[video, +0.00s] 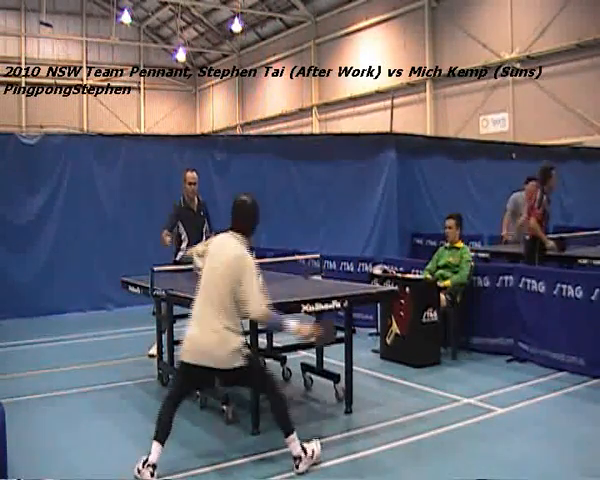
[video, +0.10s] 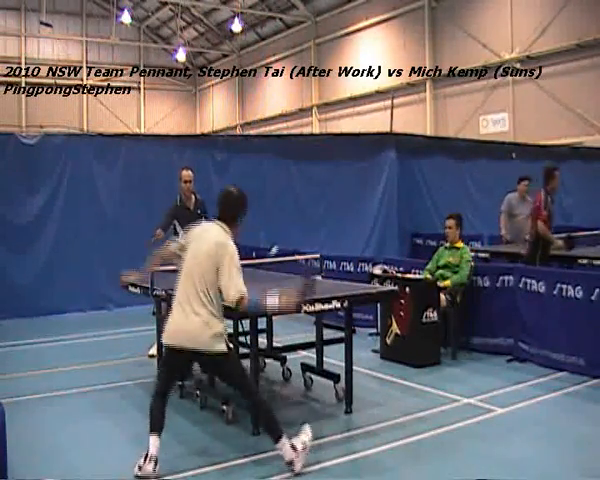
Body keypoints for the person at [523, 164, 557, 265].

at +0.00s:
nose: (555, 182)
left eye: (554, 178)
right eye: (553, 177)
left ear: (542, 177)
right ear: (549, 178)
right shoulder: (540, 194)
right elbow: (533, 222)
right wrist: (546, 241)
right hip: (534, 239)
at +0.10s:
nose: (558, 182)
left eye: (558, 178)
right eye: (556, 178)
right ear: (551, 180)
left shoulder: (549, 198)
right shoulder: (542, 197)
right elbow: (539, 225)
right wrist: (554, 240)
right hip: (538, 243)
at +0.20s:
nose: (564, 185)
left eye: (564, 181)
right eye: (562, 181)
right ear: (554, 181)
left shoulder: (554, 199)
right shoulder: (546, 198)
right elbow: (548, 227)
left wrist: (563, 238)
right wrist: (563, 238)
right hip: (543, 243)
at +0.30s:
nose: (568, 184)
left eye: (568, 181)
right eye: (565, 180)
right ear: (558, 181)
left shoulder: (558, 198)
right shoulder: (550, 198)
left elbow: (556, 226)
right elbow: (552, 228)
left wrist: (569, 234)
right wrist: (568, 235)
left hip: (554, 245)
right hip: (548, 246)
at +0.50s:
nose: (578, 180)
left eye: (578, 176)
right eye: (576, 176)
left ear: (573, 177)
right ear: (569, 177)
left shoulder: (570, 195)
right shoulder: (561, 195)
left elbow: (570, 220)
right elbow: (560, 222)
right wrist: (578, 227)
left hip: (569, 241)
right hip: (562, 241)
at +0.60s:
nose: (585, 180)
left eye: (585, 176)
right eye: (583, 176)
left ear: (577, 176)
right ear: (575, 176)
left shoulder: (577, 194)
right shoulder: (568, 194)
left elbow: (578, 219)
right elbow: (566, 222)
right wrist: (585, 225)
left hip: (576, 240)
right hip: (568, 241)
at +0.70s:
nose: (589, 180)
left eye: (590, 177)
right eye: (587, 177)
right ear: (578, 177)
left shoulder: (582, 195)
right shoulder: (573, 195)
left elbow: (582, 218)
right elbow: (570, 222)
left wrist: (591, 225)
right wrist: (589, 225)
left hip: (582, 240)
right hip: (574, 240)